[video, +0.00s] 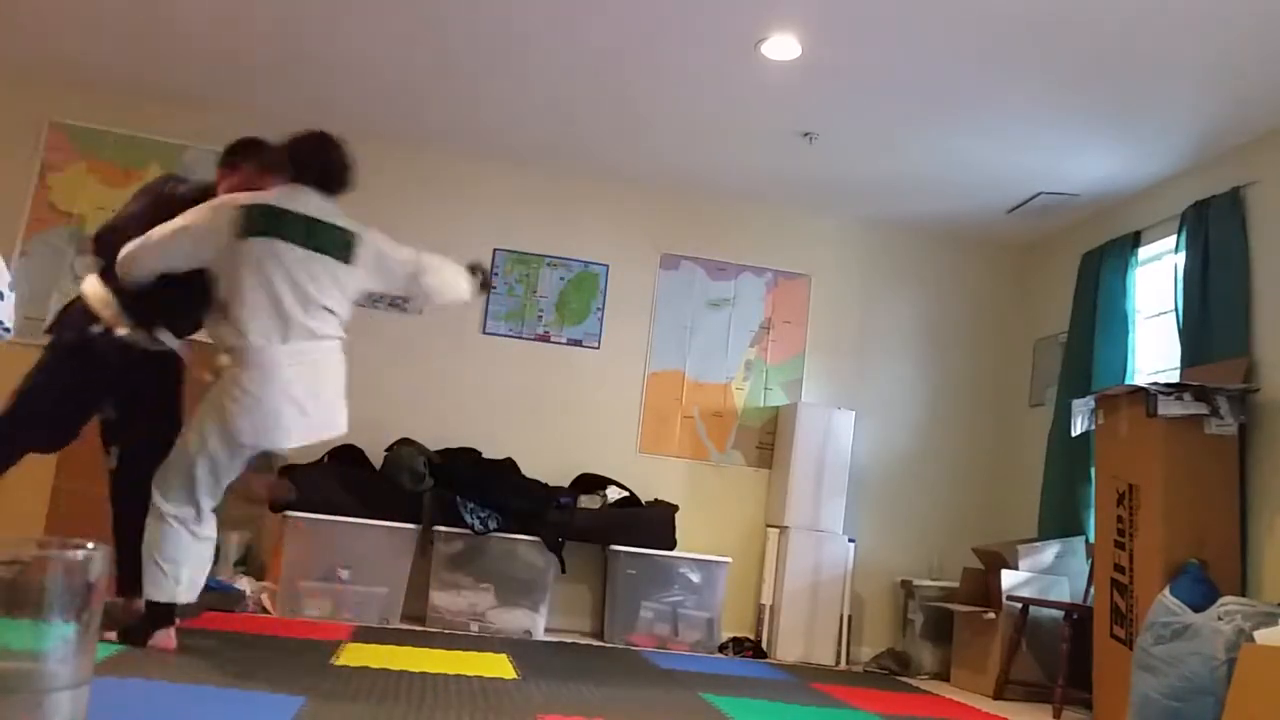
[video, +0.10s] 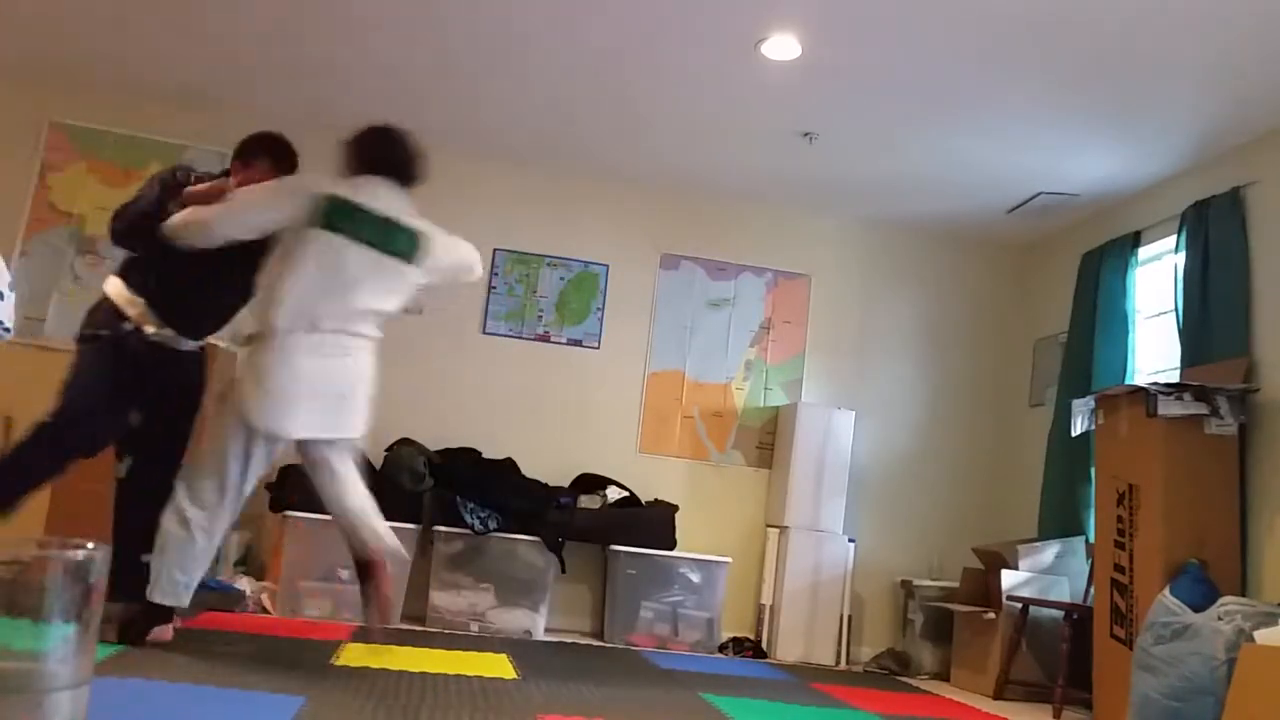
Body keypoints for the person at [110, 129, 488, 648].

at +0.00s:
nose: (257, 175)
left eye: (270, 166)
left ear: (282, 167)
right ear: (337, 183)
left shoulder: (238, 214)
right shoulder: (355, 241)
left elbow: (137, 259)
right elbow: (427, 278)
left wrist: (129, 272)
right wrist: (473, 278)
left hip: (248, 400)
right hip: (320, 407)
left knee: (180, 494)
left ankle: (160, 621)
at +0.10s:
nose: (263, 192)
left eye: (274, 187)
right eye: (262, 180)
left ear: (275, 190)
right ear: (240, 168)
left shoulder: (267, 230)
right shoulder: (182, 185)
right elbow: (123, 231)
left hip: (181, 355)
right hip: (119, 329)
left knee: (153, 479)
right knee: (80, 430)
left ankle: (130, 601)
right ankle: (3, 494)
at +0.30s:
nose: (287, 188)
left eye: (293, 177)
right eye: (278, 174)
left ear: (298, 177)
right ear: (244, 166)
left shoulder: (293, 235)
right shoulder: (190, 203)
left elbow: (344, 281)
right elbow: (137, 275)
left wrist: (341, 238)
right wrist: (206, 247)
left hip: (215, 373)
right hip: (159, 352)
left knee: (168, 479)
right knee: (147, 467)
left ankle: (133, 592)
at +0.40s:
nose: (293, 190)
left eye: (300, 179)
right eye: (284, 176)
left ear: (304, 178)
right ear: (249, 169)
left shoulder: (299, 237)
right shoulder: (192, 210)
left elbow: (346, 310)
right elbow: (134, 284)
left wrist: (329, 259)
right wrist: (206, 254)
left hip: (233, 379)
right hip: (181, 364)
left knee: (179, 485)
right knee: (203, 499)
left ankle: (136, 592)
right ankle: (184, 641)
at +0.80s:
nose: (334, 132)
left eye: (341, 124)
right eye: (327, 117)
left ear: (340, 127)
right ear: (292, 104)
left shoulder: (329, 176)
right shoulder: (240, 140)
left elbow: (373, 257)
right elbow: (216, 215)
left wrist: (369, 202)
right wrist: (289, 177)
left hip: (283, 334)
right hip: (230, 316)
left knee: (242, 480)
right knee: (225, 476)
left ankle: (195, 621)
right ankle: (185, 644)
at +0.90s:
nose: (338, 143)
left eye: (345, 134)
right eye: (331, 128)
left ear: (344, 138)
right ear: (294, 118)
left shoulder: (329, 196)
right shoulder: (250, 158)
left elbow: (381, 268)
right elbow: (225, 219)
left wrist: (383, 219)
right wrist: (311, 196)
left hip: (279, 347)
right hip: (232, 326)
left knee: (243, 485)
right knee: (240, 481)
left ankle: (185, 621)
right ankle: (184, 643)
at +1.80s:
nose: (336, 190)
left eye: (342, 181)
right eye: (329, 176)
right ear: (295, 167)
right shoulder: (263, 203)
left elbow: (284, 315)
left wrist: (329, 287)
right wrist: (295, 280)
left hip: (184, 345)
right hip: (217, 353)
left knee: (160, 488)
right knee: (275, 487)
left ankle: (67, 599)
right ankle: (251, 633)